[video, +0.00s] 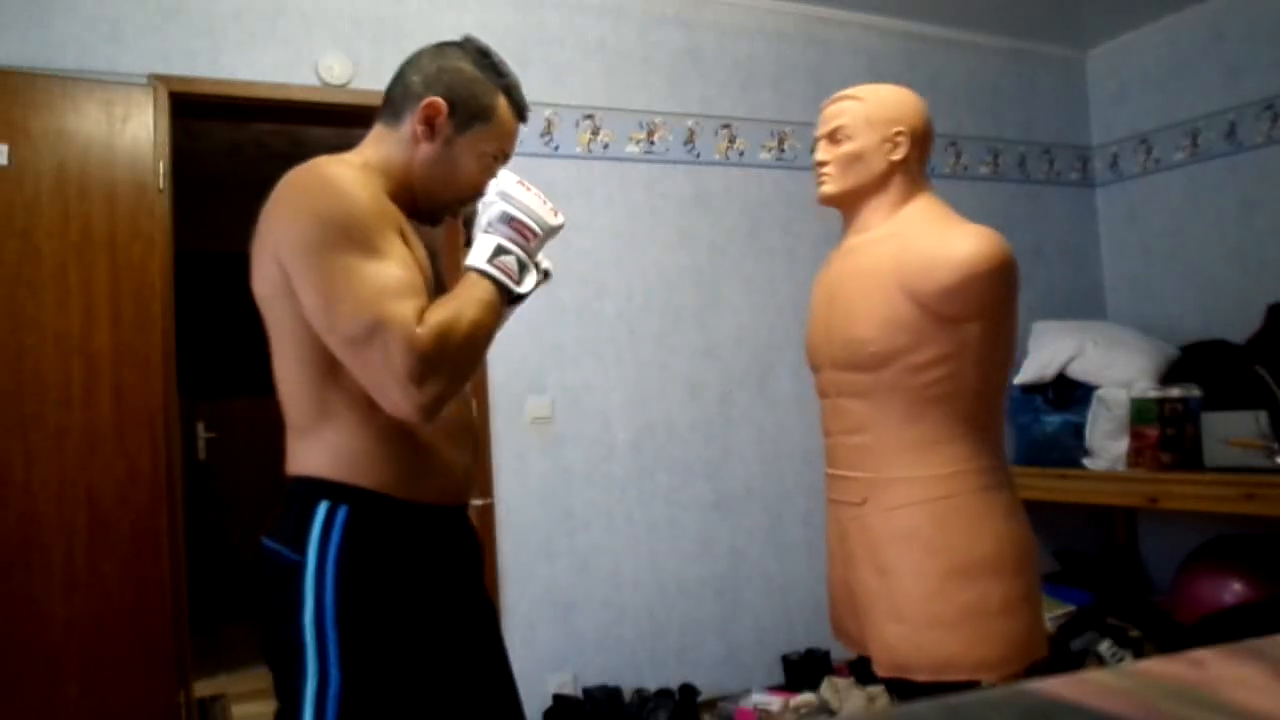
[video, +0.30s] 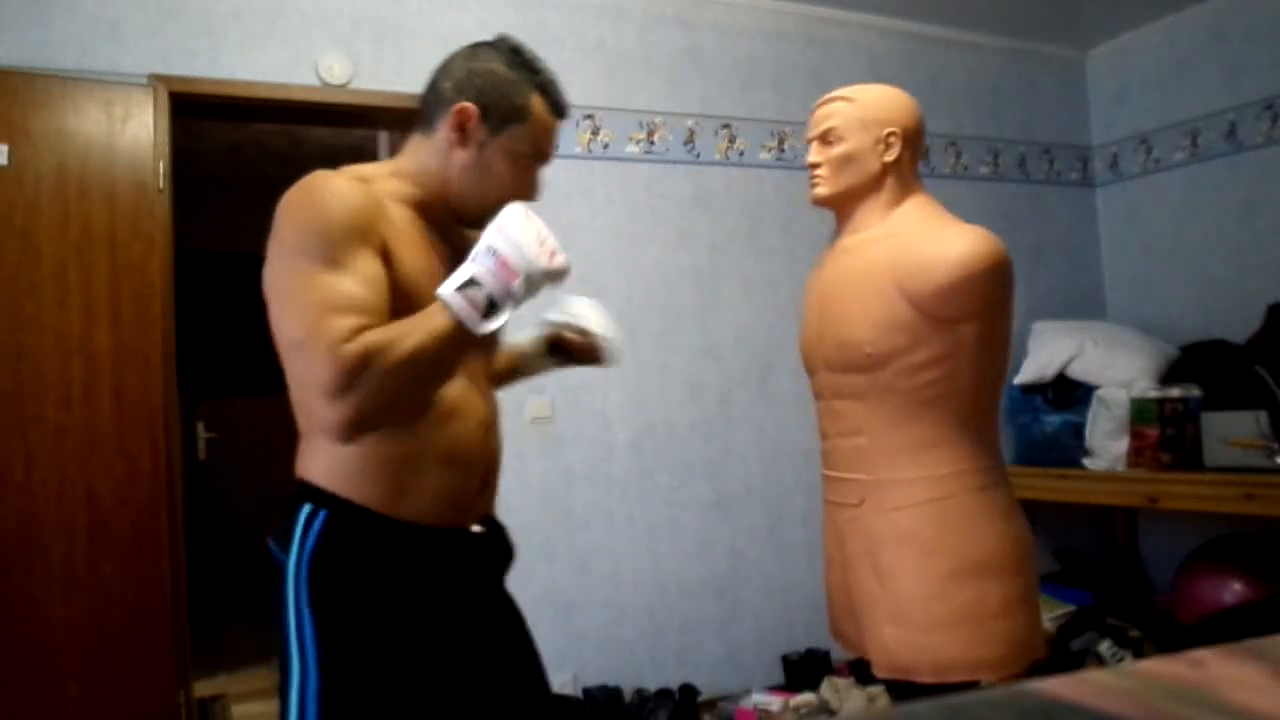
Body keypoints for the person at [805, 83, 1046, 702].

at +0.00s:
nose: (817, 154)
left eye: (836, 138)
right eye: (817, 141)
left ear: (896, 147)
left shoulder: (960, 258)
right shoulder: (841, 262)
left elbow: (974, 424)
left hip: (943, 544)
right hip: (863, 542)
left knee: (969, 709)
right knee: (891, 703)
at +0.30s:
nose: (810, 157)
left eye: (828, 139)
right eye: (810, 142)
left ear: (888, 148)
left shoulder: (954, 259)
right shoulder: (833, 264)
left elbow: (969, 427)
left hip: (939, 541)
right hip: (857, 541)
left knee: (965, 710)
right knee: (884, 703)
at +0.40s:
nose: (821, 155)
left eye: (839, 139)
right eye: (820, 142)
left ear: (899, 147)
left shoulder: (964, 257)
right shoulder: (841, 264)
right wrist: (685, 335)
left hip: (946, 538)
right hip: (864, 535)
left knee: (967, 704)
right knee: (889, 698)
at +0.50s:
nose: (878, 133)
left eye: (900, 120)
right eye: (879, 122)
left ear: (959, 141)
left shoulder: (1007, 254)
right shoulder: (869, 256)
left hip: (966, 538)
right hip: (882, 531)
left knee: (985, 717)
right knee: (908, 711)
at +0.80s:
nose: (834, 157)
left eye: (848, 140)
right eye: (836, 141)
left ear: (903, 147)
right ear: (901, 149)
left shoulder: (943, 242)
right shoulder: (888, 236)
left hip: (939, 526)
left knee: (949, 701)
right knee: (909, 693)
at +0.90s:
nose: (786, 163)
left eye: (801, 145)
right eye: (787, 147)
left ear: (858, 152)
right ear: (852, 154)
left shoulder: (916, 250)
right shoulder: (843, 247)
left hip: (923, 533)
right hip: (867, 528)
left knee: (948, 695)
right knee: (897, 690)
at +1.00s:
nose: (804, 157)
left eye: (823, 141)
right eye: (806, 142)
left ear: (882, 151)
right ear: (876, 153)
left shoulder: (943, 258)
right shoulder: (837, 260)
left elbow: (963, 430)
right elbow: (844, 442)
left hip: (934, 545)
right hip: (862, 543)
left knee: (961, 703)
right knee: (894, 699)